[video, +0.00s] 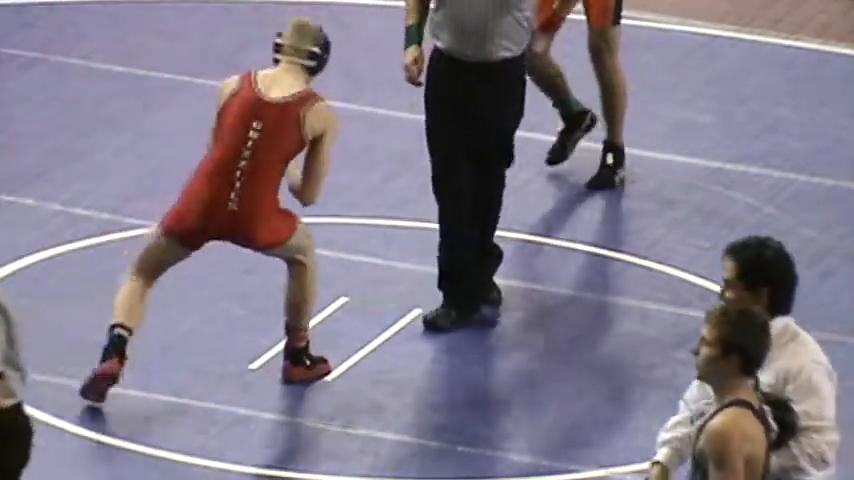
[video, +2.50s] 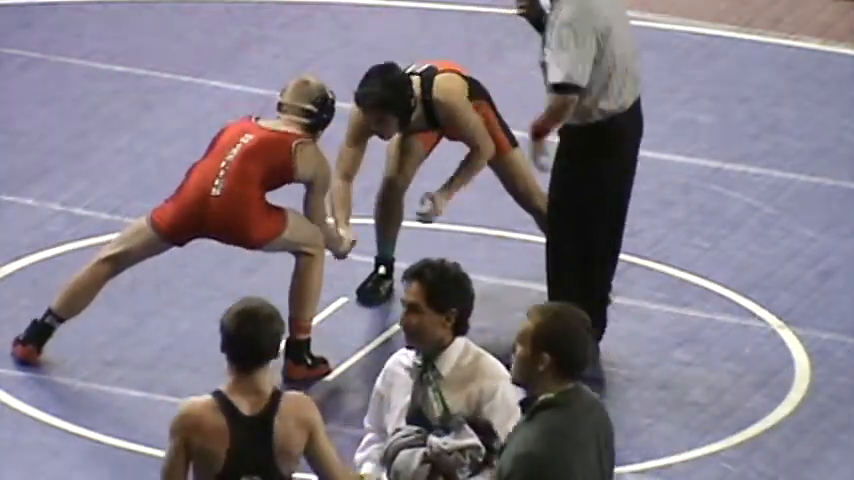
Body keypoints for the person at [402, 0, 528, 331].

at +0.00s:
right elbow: (417, 2)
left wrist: (546, 30)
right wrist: (413, 40)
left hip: (502, 68)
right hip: (448, 62)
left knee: (488, 177)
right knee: (451, 182)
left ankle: (480, 276)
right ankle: (458, 296)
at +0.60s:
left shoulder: (545, 5)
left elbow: (587, 27)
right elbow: (485, 21)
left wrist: (557, 80)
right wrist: (454, 65)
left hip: (517, 97)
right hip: (481, 90)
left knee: (503, 212)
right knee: (462, 198)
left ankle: (523, 331)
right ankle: (461, 301)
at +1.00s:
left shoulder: (544, 7)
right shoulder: (525, 5)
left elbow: (579, 57)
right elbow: (519, 30)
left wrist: (573, 114)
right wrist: (474, 55)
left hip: (548, 109)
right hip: (534, 102)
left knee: (532, 217)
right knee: (526, 215)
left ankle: (528, 330)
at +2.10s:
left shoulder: (568, 13)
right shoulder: (557, 10)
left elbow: (618, 70)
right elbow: (541, 56)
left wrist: (612, 138)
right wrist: (483, 82)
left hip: (600, 130)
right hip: (584, 125)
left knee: (581, 235)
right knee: (564, 226)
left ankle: (568, 351)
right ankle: (564, 324)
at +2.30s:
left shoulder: (560, 17)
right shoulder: (569, 5)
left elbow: (614, 61)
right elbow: (555, 50)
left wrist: (611, 116)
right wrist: (517, 31)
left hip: (589, 128)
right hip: (607, 121)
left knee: (564, 228)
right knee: (589, 224)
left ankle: (570, 332)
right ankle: (588, 318)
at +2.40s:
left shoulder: (560, 15)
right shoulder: (593, 4)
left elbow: (598, 67)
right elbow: (563, 50)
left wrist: (587, 125)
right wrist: (528, 19)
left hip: (589, 128)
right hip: (618, 119)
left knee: (565, 226)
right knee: (596, 223)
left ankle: (563, 323)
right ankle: (590, 316)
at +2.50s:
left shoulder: (572, 15)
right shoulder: (593, 5)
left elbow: (566, 98)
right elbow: (568, 49)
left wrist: (538, 130)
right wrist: (535, 16)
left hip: (593, 130)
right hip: (619, 118)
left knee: (568, 231)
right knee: (597, 229)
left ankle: (567, 332)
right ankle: (588, 327)